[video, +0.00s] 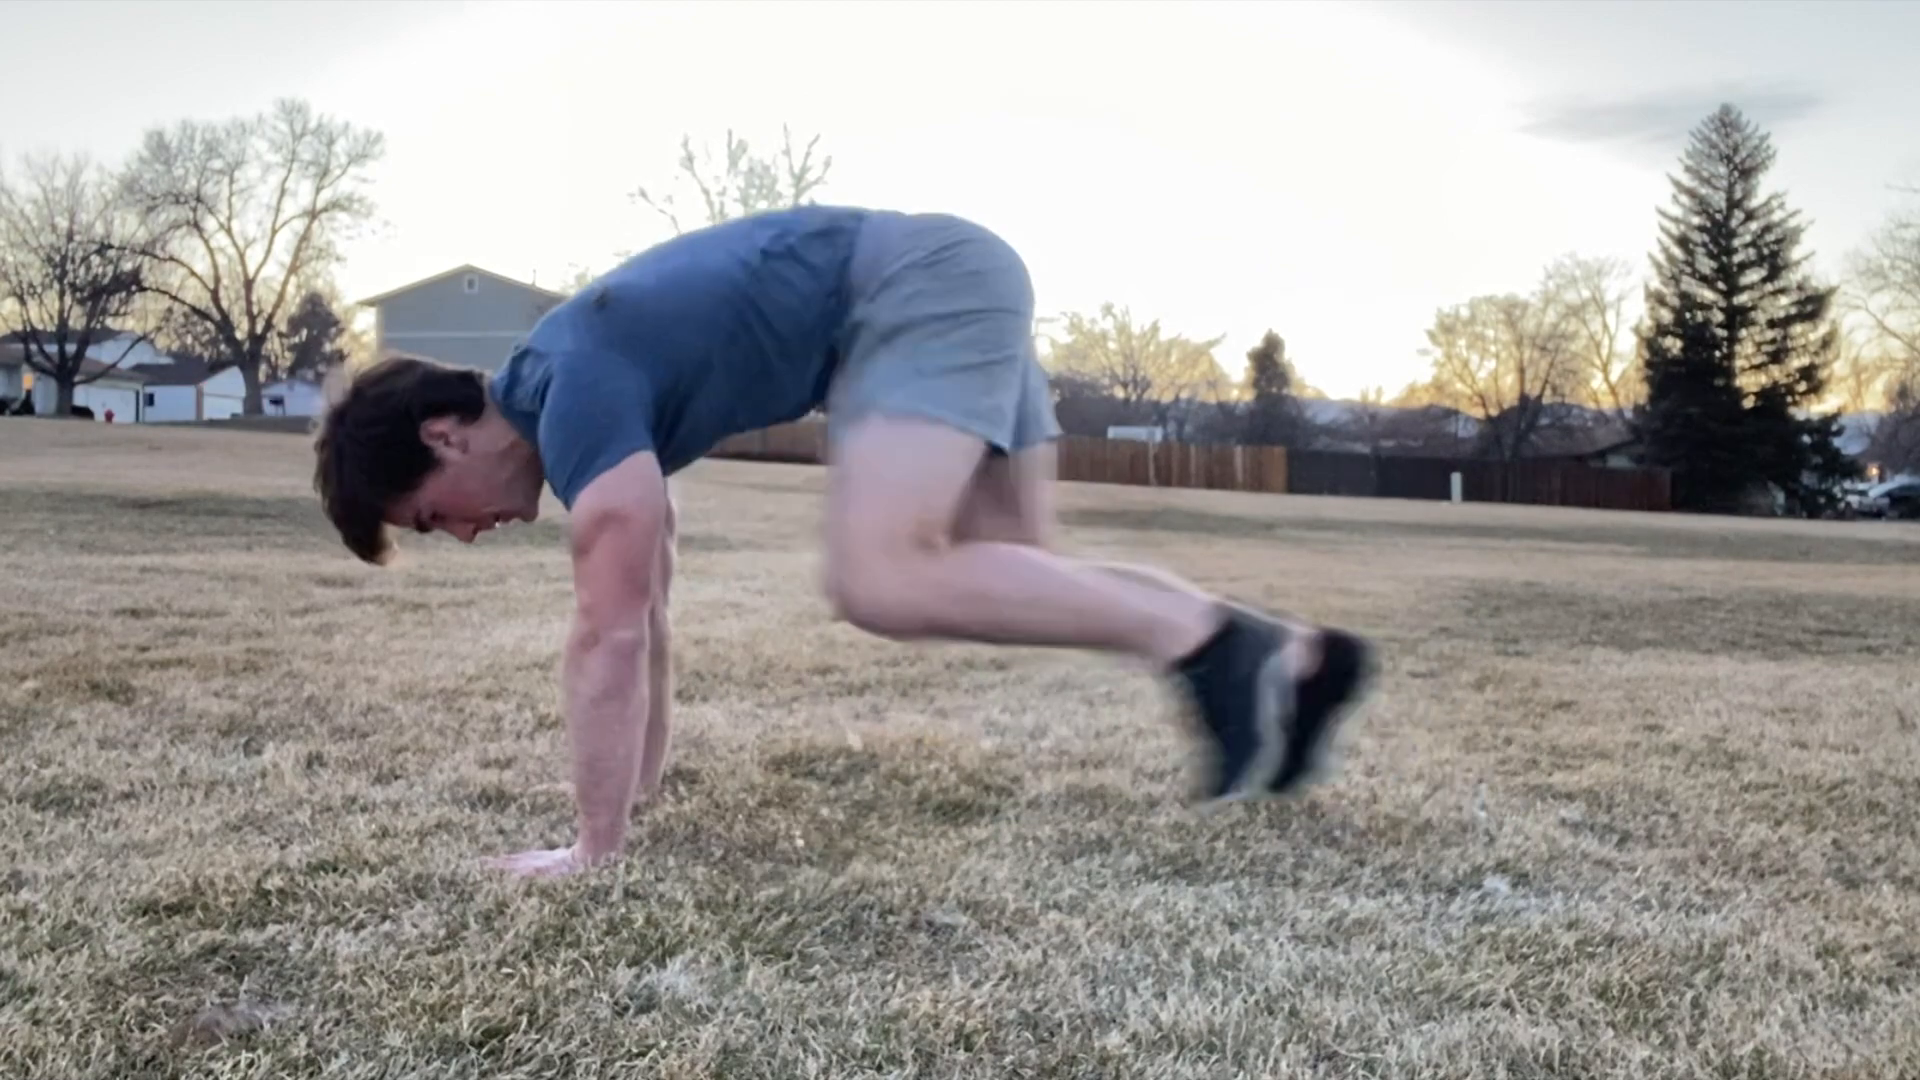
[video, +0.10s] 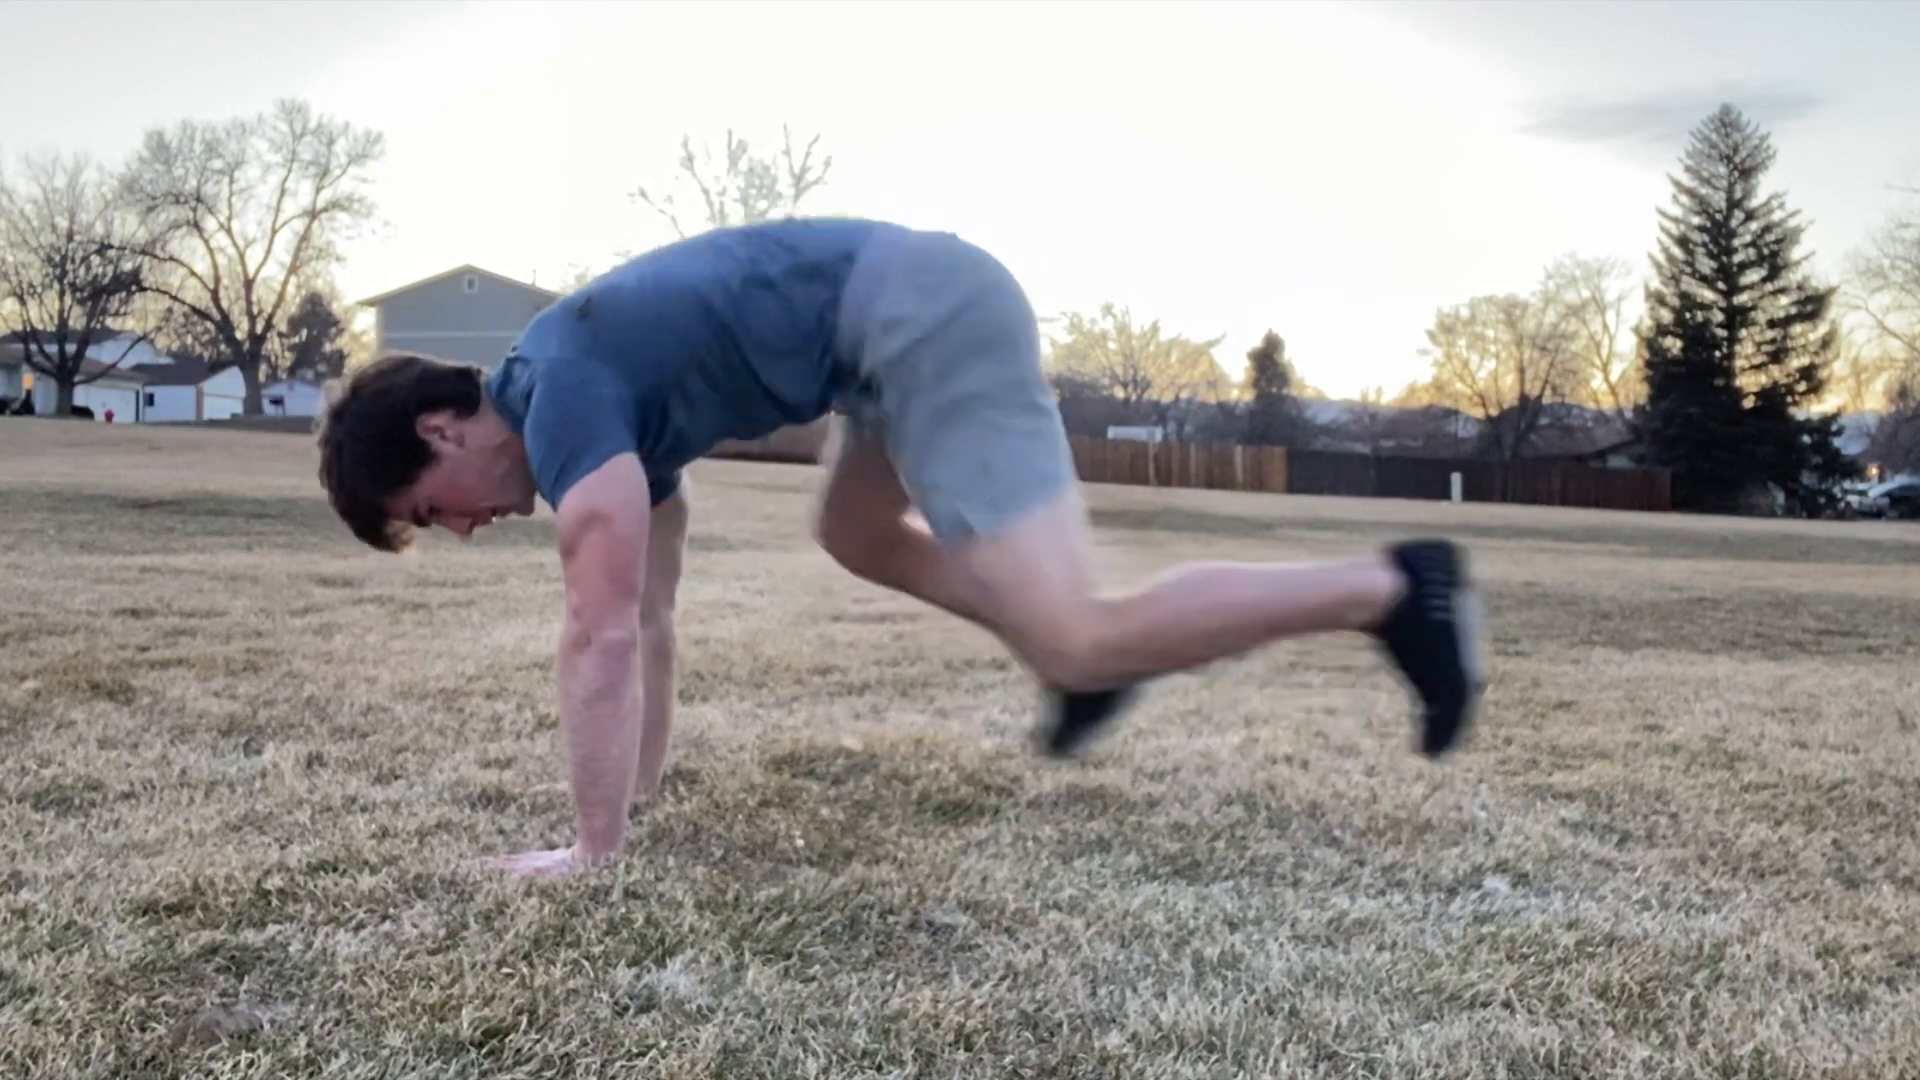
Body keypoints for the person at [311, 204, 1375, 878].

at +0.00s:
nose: (465, 533)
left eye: (437, 514)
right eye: (439, 528)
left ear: (444, 438)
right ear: (457, 426)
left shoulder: (576, 376)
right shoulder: (579, 383)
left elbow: (612, 628)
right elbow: (638, 602)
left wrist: (592, 846)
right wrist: (650, 760)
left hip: (922, 272)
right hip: (954, 283)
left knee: (882, 575)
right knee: (992, 570)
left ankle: (1206, 641)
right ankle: (1285, 657)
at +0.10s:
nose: (462, 530)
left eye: (430, 513)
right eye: (431, 526)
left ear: (439, 439)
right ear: (449, 425)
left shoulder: (565, 375)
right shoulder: (592, 382)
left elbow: (603, 625)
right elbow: (641, 609)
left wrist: (591, 844)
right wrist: (639, 787)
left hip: (926, 303)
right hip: (892, 330)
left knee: (1074, 633)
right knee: (861, 530)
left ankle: (1398, 588)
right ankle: (1084, 664)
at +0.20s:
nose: (441, 509)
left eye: (416, 486)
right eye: (415, 503)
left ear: (433, 406)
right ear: (445, 404)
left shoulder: (557, 378)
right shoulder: (590, 371)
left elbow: (609, 611)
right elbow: (648, 622)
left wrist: (600, 840)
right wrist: (637, 798)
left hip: (927, 408)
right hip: (904, 400)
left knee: (1184, 651)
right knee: (756, 462)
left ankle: (1513, 690)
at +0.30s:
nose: (460, 495)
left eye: (436, 472)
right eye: (435, 487)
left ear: (454, 396)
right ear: (469, 391)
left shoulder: (587, 382)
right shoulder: (608, 376)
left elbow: (629, 627)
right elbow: (638, 624)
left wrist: (598, 837)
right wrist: (608, 822)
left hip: (924, 512)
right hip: (883, 498)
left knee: (1186, 737)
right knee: (719, 519)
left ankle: (1514, 759)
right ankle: (834, 748)